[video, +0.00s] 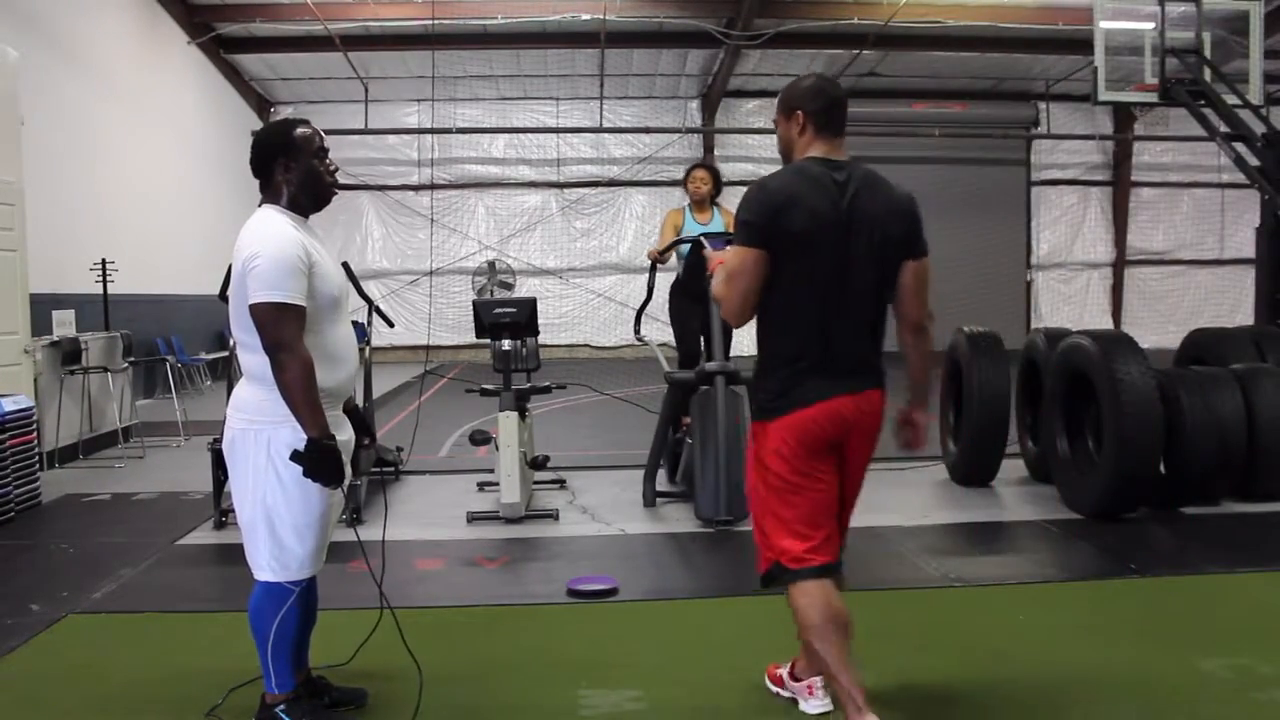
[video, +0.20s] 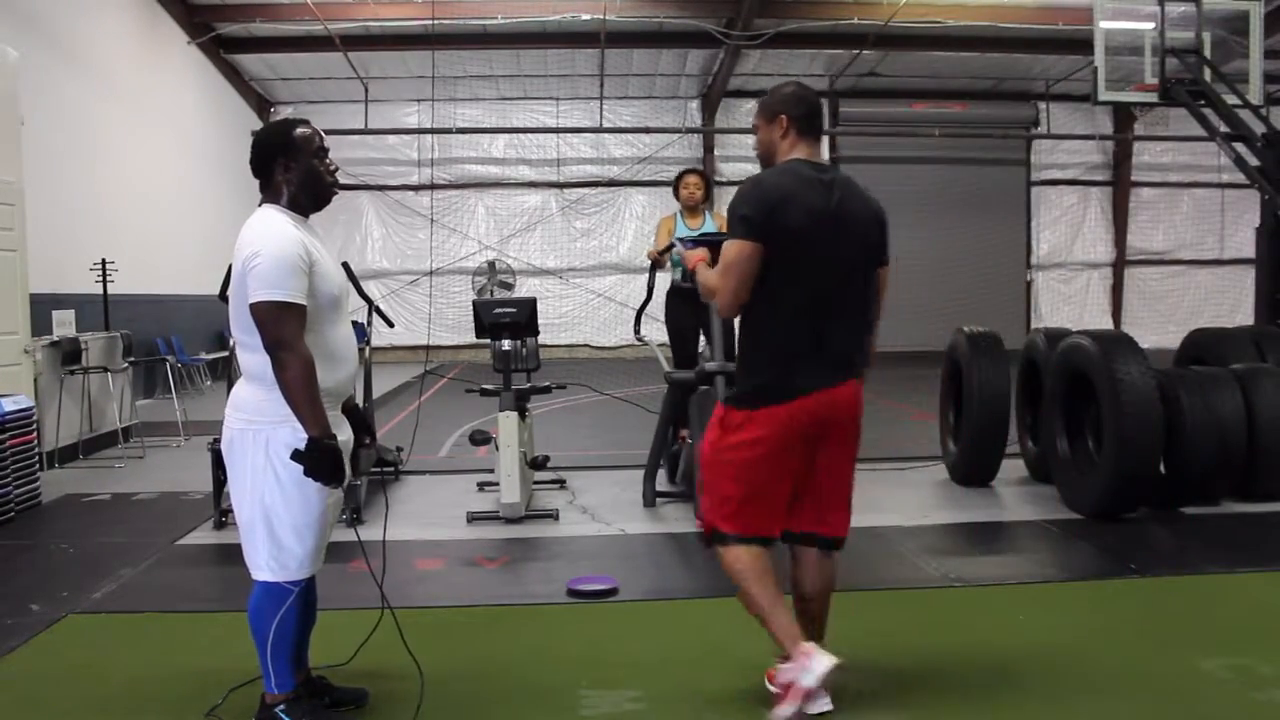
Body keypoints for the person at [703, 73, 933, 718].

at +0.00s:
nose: (776, 135)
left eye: (778, 124)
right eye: (778, 124)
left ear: (795, 122)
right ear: (840, 124)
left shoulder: (770, 197)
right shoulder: (894, 202)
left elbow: (735, 309)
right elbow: (915, 317)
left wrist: (723, 267)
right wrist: (917, 399)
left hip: (793, 409)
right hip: (863, 401)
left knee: (805, 566)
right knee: (823, 552)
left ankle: (857, 707)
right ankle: (806, 674)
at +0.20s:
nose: (756, 142)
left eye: (759, 131)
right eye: (758, 132)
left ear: (781, 127)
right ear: (813, 130)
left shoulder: (761, 195)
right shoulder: (865, 204)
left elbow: (726, 295)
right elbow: (874, 306)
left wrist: (701, 268)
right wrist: (851, 366)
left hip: (769, 398)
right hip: (841, 394)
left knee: (730, 528)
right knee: (816, 534)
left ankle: (802, 653)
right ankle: (805, 675)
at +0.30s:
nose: (741, 143)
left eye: (743, 132)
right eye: (740, 133)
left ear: (770, 126)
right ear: (794, 128)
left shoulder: (753, 193)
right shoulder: (850, 201)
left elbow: (722, 294)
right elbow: (849, 294)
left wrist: (688, 270)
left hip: (752, 395)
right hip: (826, 389)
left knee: (718, 523)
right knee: (812, 531)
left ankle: (748, 659)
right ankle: (809, 676)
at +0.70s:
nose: (665, 165)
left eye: (666, 154)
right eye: (663, 154)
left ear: (688, 148)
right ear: (716, 145)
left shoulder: (681, 215)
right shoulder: (776, 211)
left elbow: (664, 316)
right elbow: (772, 308)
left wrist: (629, 293)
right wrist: (663, 283)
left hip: (693, 395)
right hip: (762, 387)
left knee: (679, 520)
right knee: (764, 517)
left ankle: (676, 638)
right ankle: (795, 640)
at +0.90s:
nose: (633, 169)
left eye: (634, 159)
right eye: (632, 159)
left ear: (651, 153)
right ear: (684, 149)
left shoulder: (645, 218)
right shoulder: (747, 207)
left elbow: (626, 317)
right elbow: (767, 300)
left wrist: (603, 290)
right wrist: (776, 368)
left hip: (666, 391)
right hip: (730, 382)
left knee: (664, 519)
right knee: (729, 493)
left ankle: (675, 637)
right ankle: (752, 590)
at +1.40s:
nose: (619, 174)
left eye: (621, 165)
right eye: (619, 165)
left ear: (639, 164)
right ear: (668, 162)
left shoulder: (629, 221)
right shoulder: (714, 222)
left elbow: (608, 309)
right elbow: (722, 306)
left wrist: (577, 290)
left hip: (640, 382)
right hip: (695, 376)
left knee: (648, 505)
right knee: (667, 495)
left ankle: (677, 634)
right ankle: (654, 592)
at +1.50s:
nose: (618, 175)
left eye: (621, 166)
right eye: (617, 166)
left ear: (642, 163)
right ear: (663, 163)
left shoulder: (630, 219)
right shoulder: (706, 218)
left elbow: (614, 303)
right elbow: (719, 287)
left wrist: (577, 287)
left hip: (637, 384)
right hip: (688, 376)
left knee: (641, 501)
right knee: (660, 494)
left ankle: (674, 628)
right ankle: (651, 593)